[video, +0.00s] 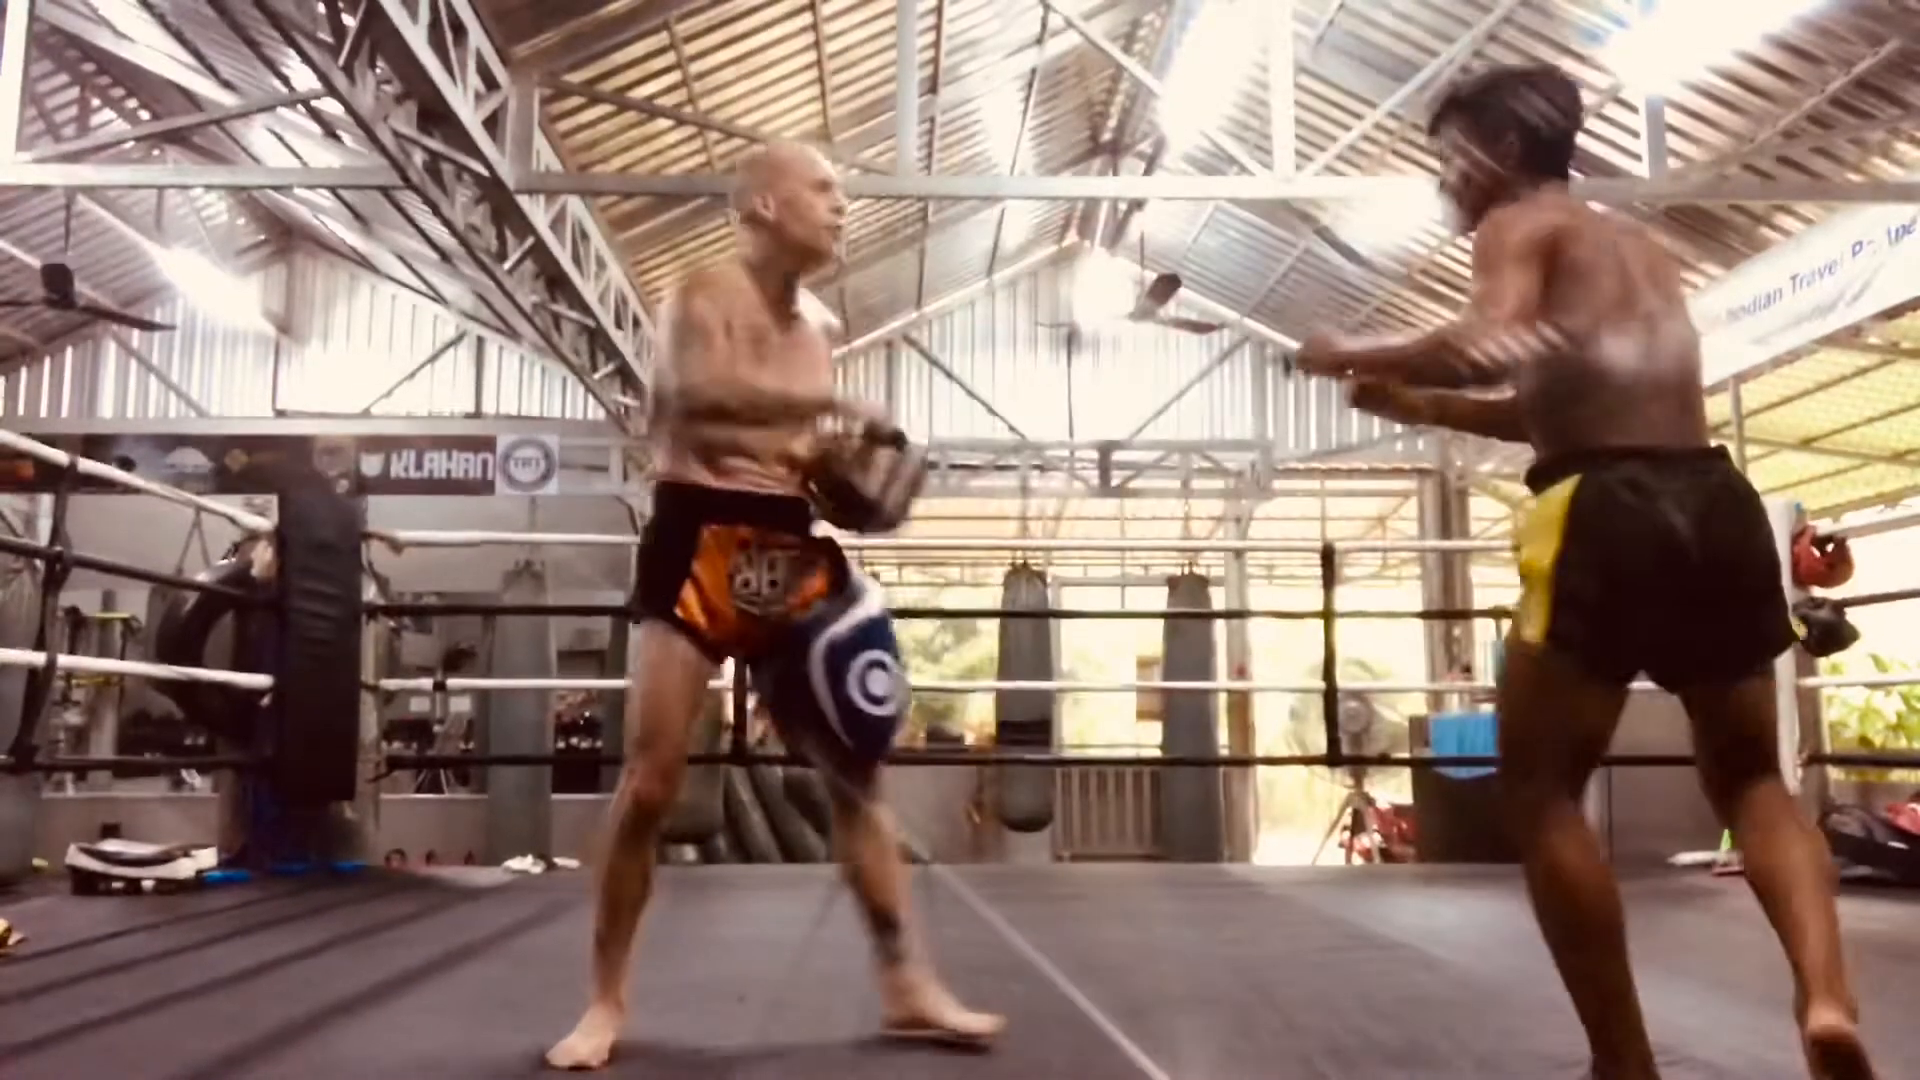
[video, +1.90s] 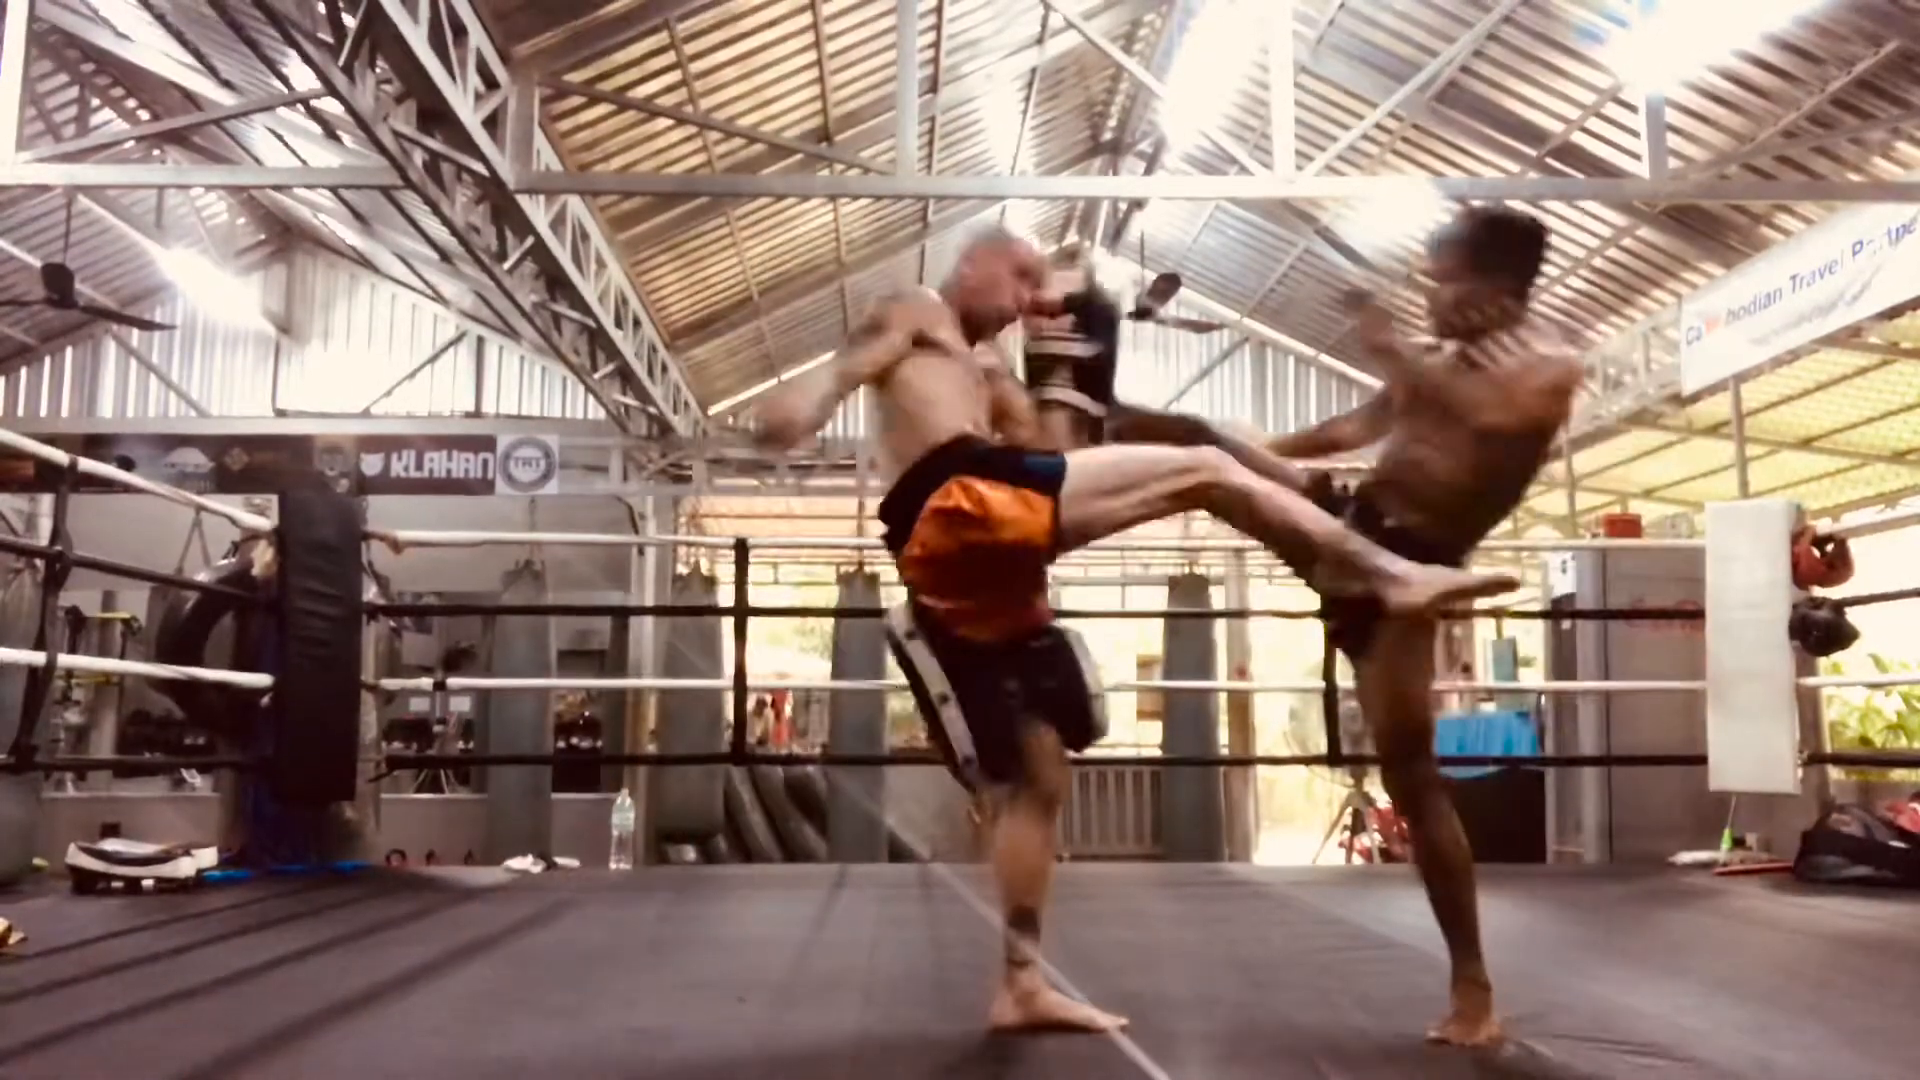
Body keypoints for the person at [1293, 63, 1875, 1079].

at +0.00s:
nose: (1446, 185)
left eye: (1452, 161)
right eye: (1441, 163)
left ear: (1502, 150)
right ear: (1552, 153)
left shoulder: (1520, 225)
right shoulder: (1643, 243)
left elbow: (1499, 346)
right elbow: (1548, 409)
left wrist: (1351, 353)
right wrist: (1407, 397)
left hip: (1596, 516)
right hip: (1715, 510)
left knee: (1543, 794)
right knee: (1749, 771)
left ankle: (1624, 1062)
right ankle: (1827, 1000)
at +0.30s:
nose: (1481, 264)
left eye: (1491, 243)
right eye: (1481, 245)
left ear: (1545, 238)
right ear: (1554, 244)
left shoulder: (1607, 299)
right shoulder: (1589, 332)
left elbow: (1568, 393)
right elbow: (1554, 474)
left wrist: (1451, 344)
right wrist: (1450, 411)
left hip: (1655, 559)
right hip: (1702, 561)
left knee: (1578, 791)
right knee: (1700, 799)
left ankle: (1623, 1053)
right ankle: (1777, 1002)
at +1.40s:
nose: (1430, 293)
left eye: (1441, 274)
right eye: (1427, 278)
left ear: (1493, 269)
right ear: (1490, 277)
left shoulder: (1543, 326)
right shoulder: (1519, 356)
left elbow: (1473, 406)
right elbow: (1447, 464)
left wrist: (1380, 357)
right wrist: (1350, 447)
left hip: (1608, 560)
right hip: (1619, 564)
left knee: (1518, 763)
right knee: (1653, 781)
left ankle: (1557, 1007)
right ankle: (1778, 966)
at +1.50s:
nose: (1427, 294)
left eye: (1437, 277)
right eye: (1426, 280)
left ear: (1487, 277)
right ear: (1479, 282)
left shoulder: (1541, 346)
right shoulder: (1489, 368)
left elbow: (1543, 477)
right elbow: (1389, 432)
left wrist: (1481, 414)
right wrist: (1404, 336)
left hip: (1586, 581)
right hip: (1572, 579)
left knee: (1468, 754)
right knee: (1670, 795)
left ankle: (1507, 987)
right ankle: (1785, 987)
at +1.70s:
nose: (1450, 267)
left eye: (1465, 253)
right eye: (1452, 253)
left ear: (1519, 257)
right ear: (1501, 260)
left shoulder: (1600, 343)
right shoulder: (1466, 347)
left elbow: (1701, 414)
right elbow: (1377, 399)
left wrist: (1737, 443)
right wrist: (1303, 403)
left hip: (1475, 570)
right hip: (1410, 558)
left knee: (1462, 793)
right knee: (1287, 641)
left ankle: (1515, 1000)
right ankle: (1359, 748)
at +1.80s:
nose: (1468, 284)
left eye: (1485, 268)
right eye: (1467, 268)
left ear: (1541, 274)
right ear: (1474, 271)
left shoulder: (1584, 375)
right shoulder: (1445, 359)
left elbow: (1633, 437)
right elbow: (1362, 430)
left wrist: (1572, 378)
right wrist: (1274, 472)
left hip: (1429, 580)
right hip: (1363, 516)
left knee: (1441, 775)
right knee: (1190, 461)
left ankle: (1482, 988)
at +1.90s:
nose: (1429, 293)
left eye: (1442, 280)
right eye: (1431, 278)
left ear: (1491, 286)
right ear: (1474, 285)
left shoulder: (1549, 368)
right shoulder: (1442, 361)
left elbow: (1493, 409)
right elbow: (1355, 429)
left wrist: (1394, 353)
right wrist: (1259, 457)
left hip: (1407, 576)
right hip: (1345, 520)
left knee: (1412, 782)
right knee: (1209, 439)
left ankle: (1471, 987)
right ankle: (1082, 414)